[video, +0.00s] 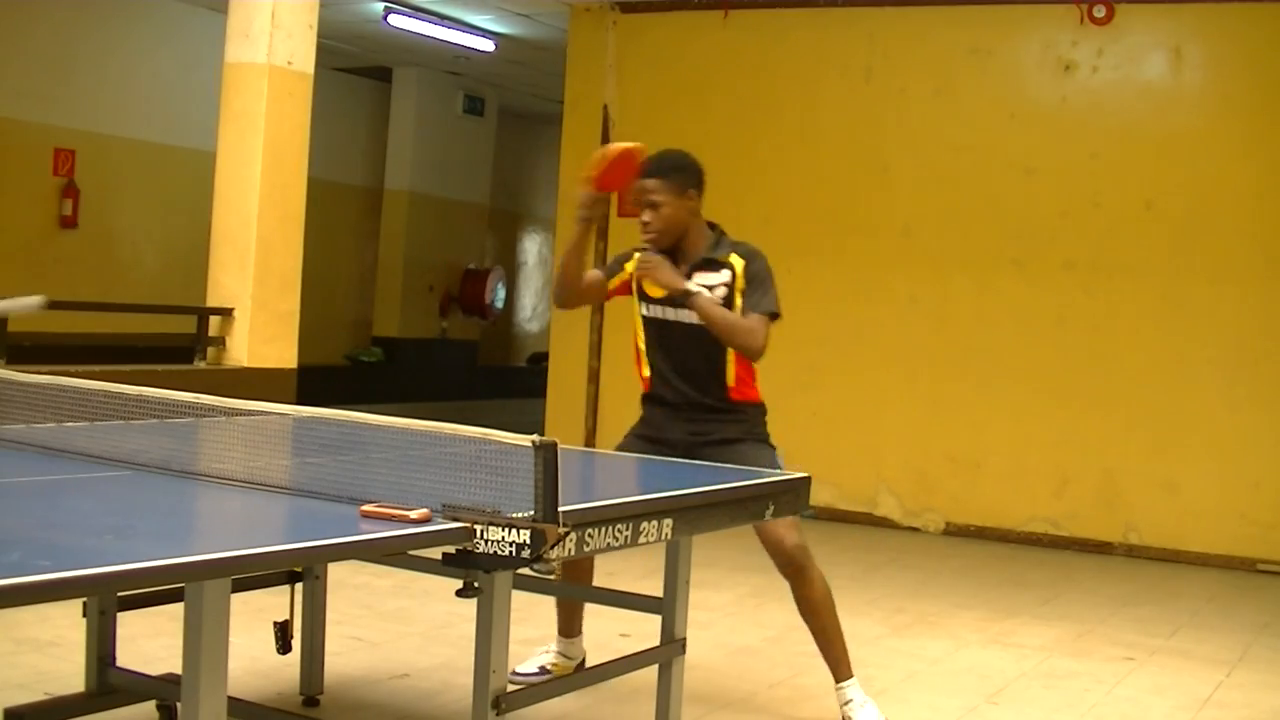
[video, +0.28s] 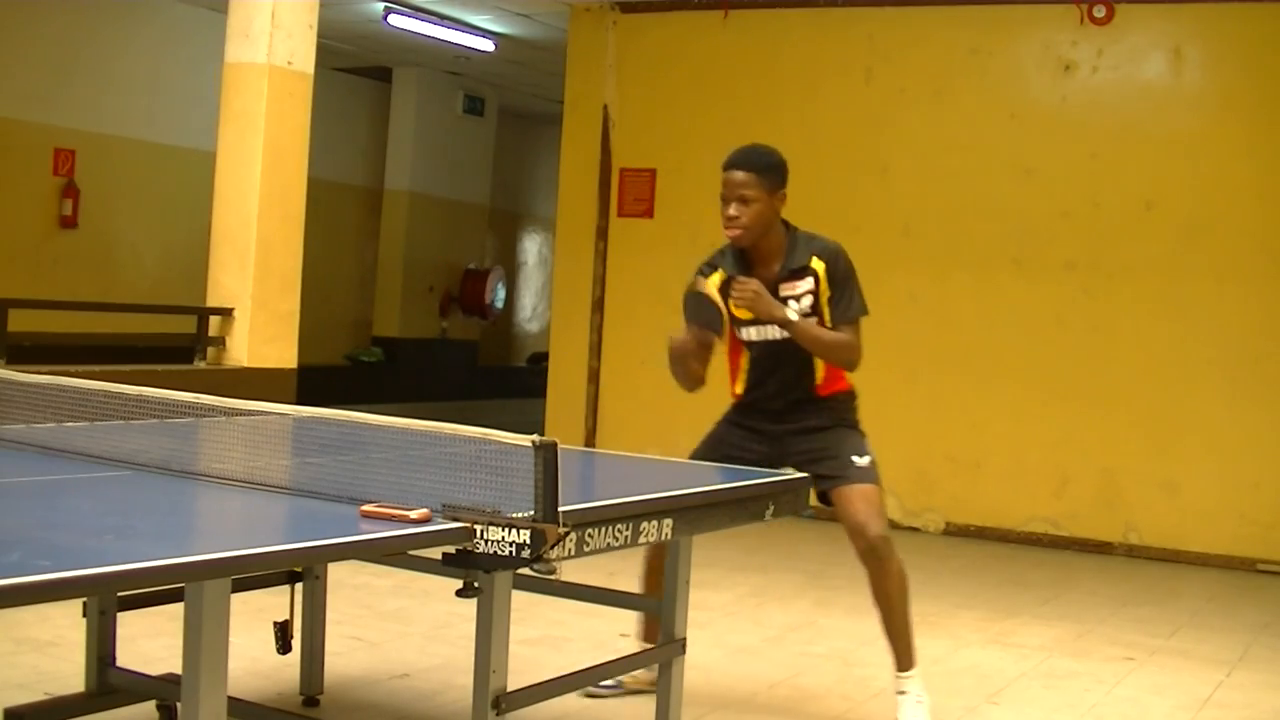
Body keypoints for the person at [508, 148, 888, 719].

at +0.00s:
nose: (642, 218)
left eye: (653, 205)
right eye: (637, 206)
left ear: (693, 202)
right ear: (636, 206)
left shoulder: (742, 262)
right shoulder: (643, 262)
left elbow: (754, 341)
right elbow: (569, 295)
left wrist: (682, 288)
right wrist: (584, 221)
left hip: (734, 435)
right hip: (657, 431)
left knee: (790, 547)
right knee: (575, 521)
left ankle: (849, 692)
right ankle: (567, 652)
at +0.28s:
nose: (730, 212)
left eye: (744, 200)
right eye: (725, 199)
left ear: (778, 200)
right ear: (720, 201)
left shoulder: (825, 259)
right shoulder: (716, 272)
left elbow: (850, 353)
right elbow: (691, 378)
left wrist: (778, 314)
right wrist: (685, 347)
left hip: (825, 420)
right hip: (751, 419)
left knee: (872, 534)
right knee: (665, 520)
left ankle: (908, 680)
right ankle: (647, 657)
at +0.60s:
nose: (774, 295)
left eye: (786, 284)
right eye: (768, 282)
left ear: (824, 275)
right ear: (762, 274)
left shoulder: (875, 313)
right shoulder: (762, 335)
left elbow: (916, 404)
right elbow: (692, 408)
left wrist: (860, 387)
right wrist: (710, 448)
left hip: (889, 451)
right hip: (812, 454)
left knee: (937, 553)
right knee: (719, 543)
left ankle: (964, 703)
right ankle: (692, 667)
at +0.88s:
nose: (773, 241)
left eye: (786, 228)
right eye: (767, 227)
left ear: (822, 224)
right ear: (762, 224)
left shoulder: (867, 281)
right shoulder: (748, 282)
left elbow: (904, 374)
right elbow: (654, 320)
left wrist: (865, 332)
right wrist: (599, 270)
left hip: (856, 437)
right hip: (778, 433)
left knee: (925, 545)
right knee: (687, 531)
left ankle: (931, 704)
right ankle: (664, 658)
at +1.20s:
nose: (666, 206)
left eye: (678, 193)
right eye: (662, 193)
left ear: (716, 193)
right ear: (662, 195)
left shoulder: (759, 242)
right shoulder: (685, 266)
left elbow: (769, 335)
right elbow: (670, 358)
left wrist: (687, 295)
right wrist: (610, 364)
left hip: (796, 410)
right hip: (734, 410)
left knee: (815, 549)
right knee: (653, 508)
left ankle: (878, 690)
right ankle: (625, 647)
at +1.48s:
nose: (569, 281)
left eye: (577, 267)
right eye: (566, 268)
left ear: (615, 258)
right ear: (607, 263)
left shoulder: (641, 292)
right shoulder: (636, 300)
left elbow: (678, 377)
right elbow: (688, 399)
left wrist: (595, 402)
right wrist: (634, 468)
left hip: (749, 429)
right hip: (700, 429)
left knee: (770, 578)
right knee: (606, 510)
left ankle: (867, 698)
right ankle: (609, 653)